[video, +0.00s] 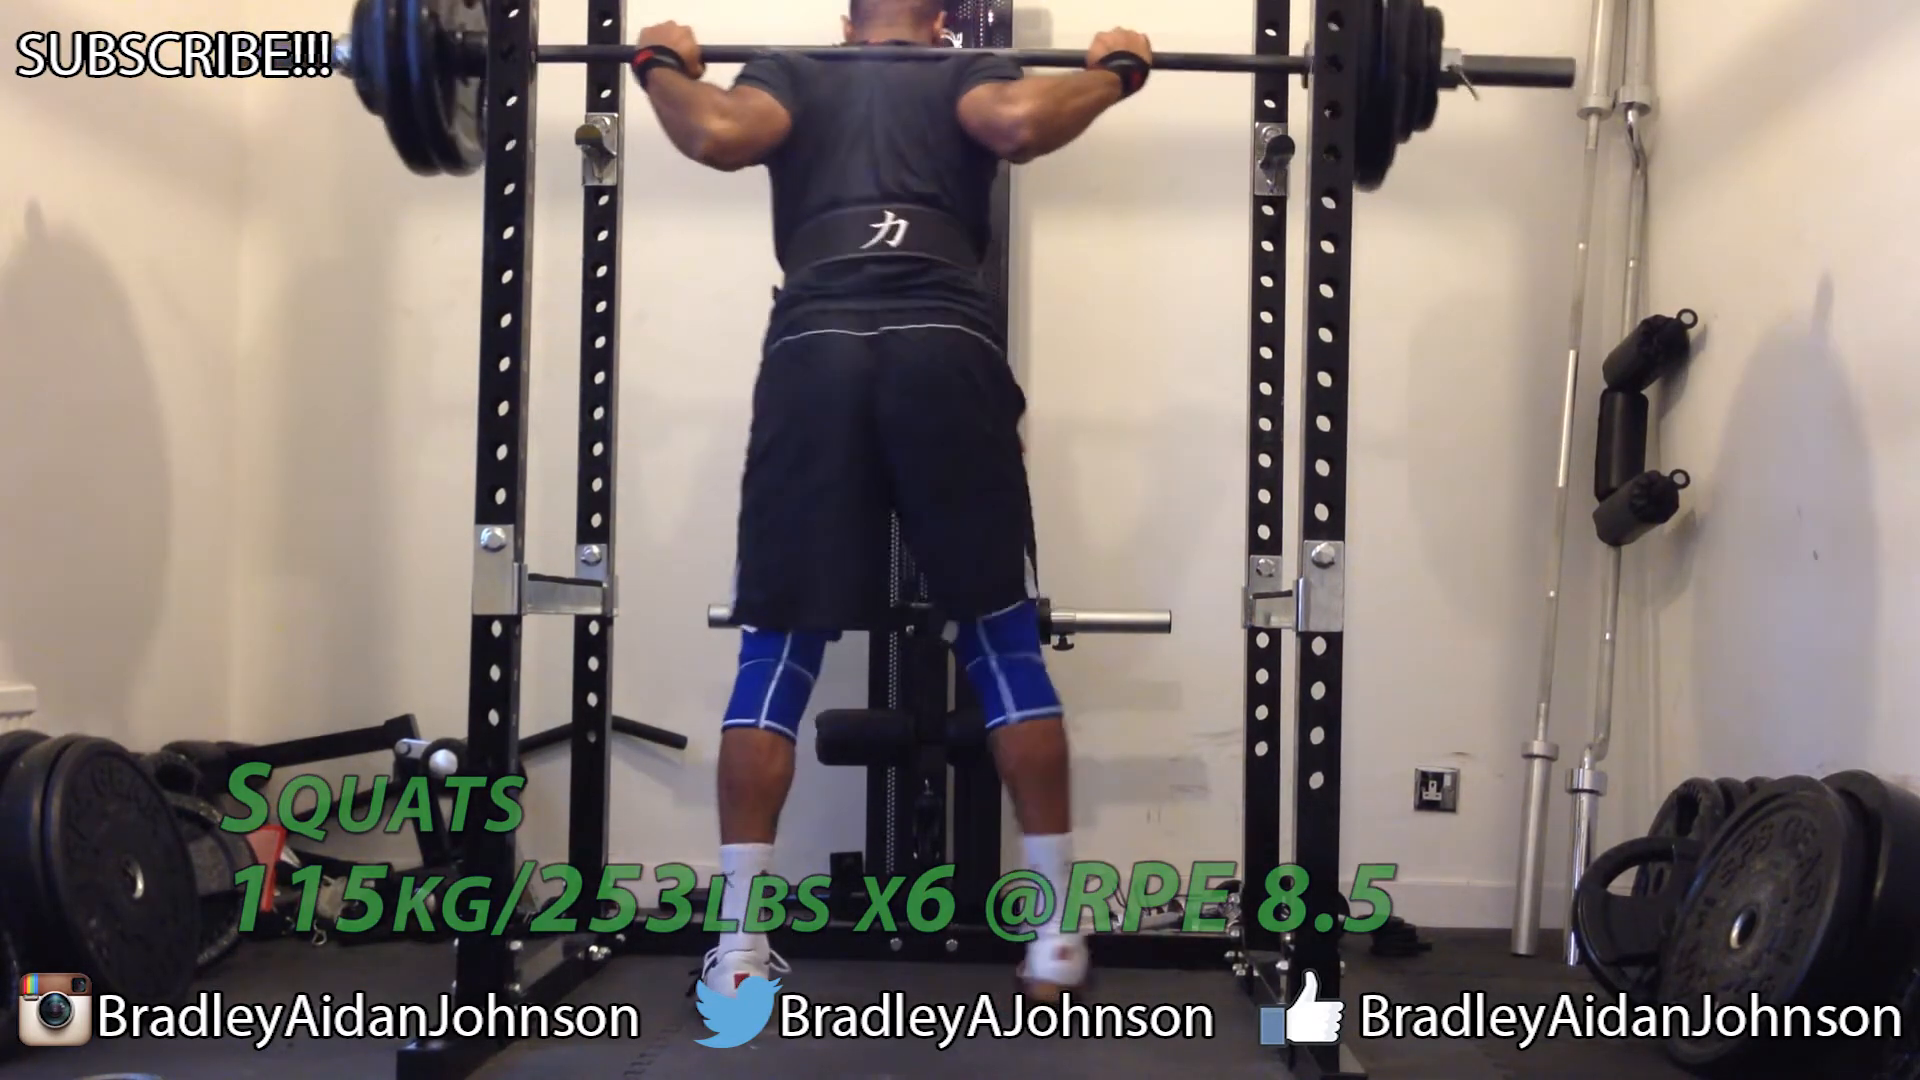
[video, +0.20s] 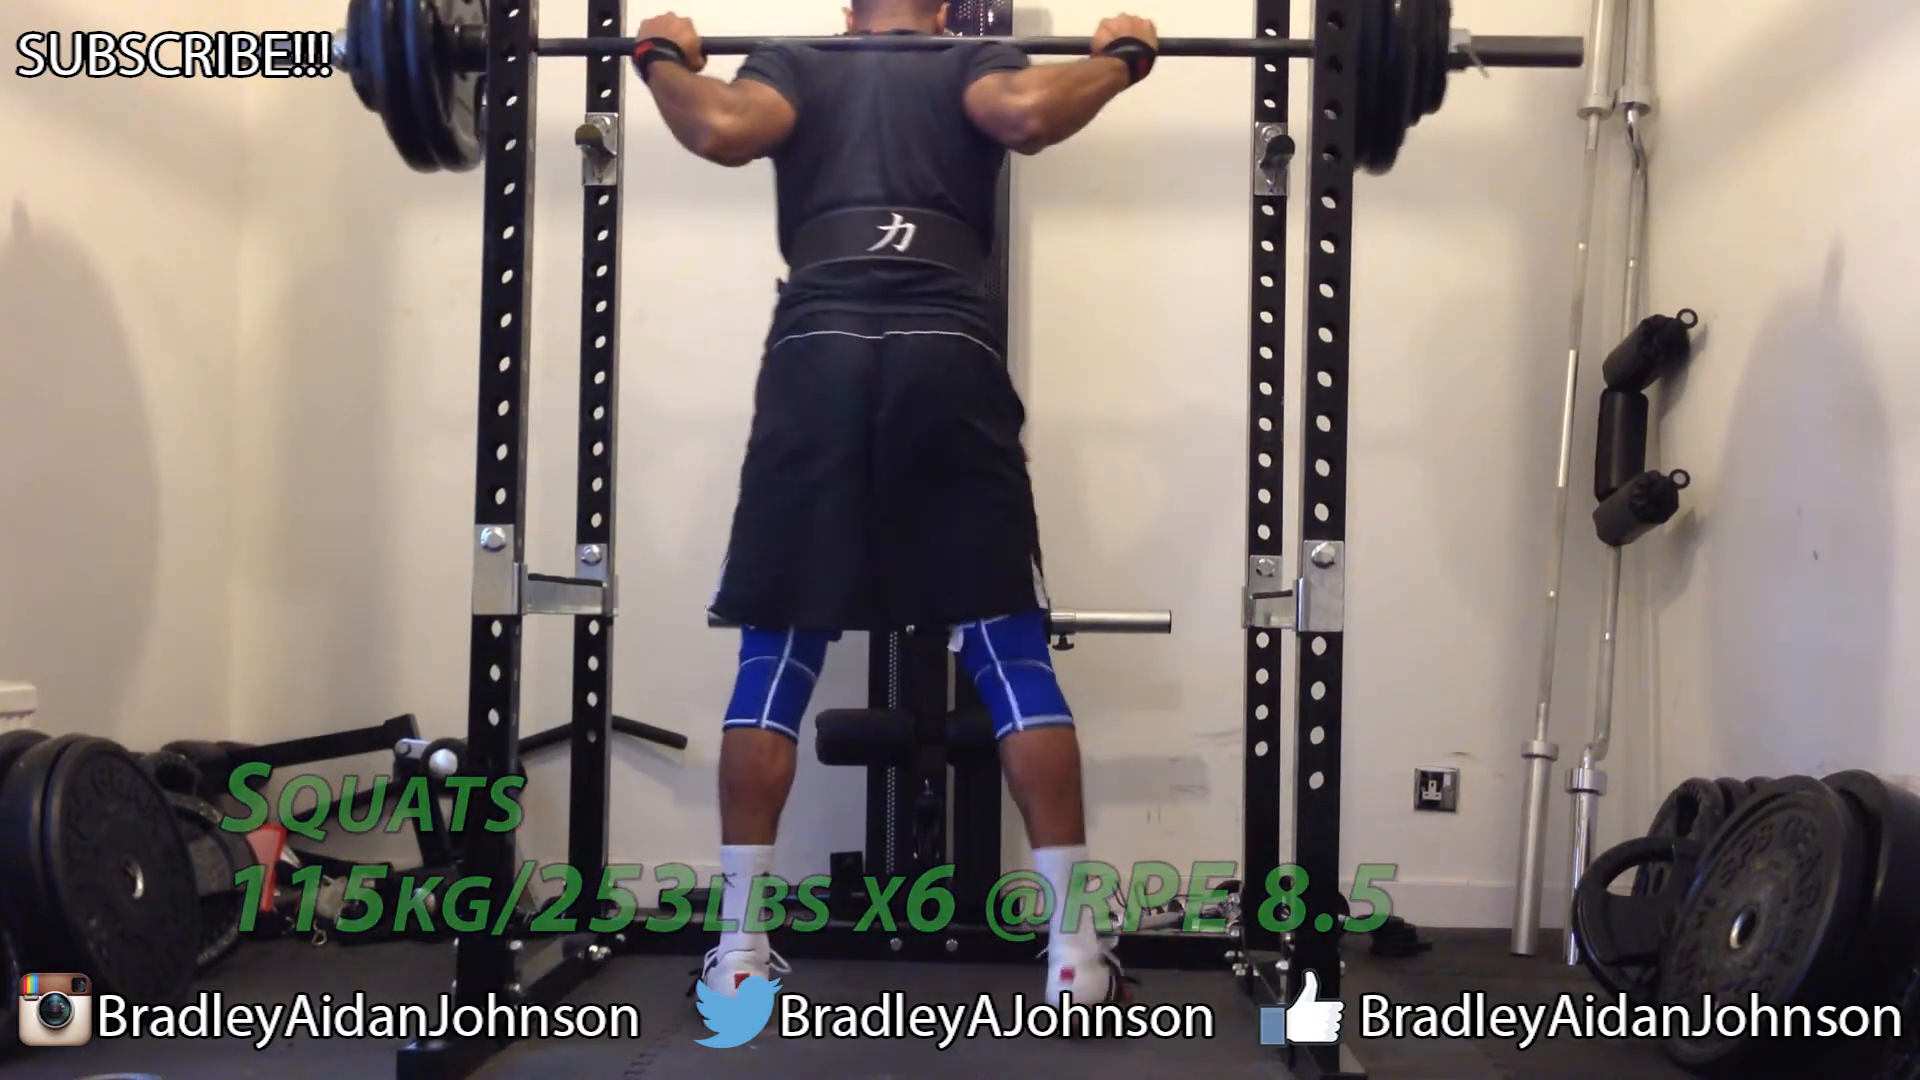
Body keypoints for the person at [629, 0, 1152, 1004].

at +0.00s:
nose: (938, 26)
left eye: (917, 20)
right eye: (942, 21)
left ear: (848, 24)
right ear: (939, 25)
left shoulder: (790, 68)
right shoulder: (970, 68)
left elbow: (714, 135)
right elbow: (1014, 125)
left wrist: (666, 72)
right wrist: (1103, 79)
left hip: (813, 361)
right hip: (947, 356)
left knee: (779, 650)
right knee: (1004, 639)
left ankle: (739, 948)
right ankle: (1056, 927)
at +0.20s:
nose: (955, 21)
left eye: (855, 11)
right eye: (955, 13)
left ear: (847, 14)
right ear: (950, 12)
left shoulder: (794, 61)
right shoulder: (975, 55)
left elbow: (719, 129)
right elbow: (1022, 117)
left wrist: (666, 67)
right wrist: (1111, 62)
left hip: (817, 358)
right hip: (949, 355)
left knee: (777, 659)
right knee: (1011, 650)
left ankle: (741, 950)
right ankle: (1073, 942)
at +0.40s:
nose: (991, 20)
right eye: (991, 13)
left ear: (877, 17)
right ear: (980, 14)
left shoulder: (828, 63)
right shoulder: (1009, 56)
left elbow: (759, 134)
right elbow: (1062, 114)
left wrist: (701, 71)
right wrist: (1152, 57)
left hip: (852, 359)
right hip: (986, 355)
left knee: (797, 655)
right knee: (1036, 660)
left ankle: (741, 959)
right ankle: (1080, 968)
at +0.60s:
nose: (1008, 18)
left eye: (897, 15)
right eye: (1003, 11)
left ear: (894, 18)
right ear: (997, 16)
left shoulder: (846, 65)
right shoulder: (1029, 57)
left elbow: (783, 128)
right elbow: (1091, 100)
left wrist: (727, 66)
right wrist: (1177, 50)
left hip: (870, 362)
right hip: (1009, 359)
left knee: (797, 653)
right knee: (1049, 664)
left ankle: (722, 952)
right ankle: (1081, 971)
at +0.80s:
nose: (994, 19)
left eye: (885, 14)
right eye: (992, 12)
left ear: (881, 16)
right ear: (985, 16)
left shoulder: (830, 63)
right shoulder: (1016, 58)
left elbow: (764, 129)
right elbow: (1072, 107)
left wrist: (709, 69)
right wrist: (1158, 55)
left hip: (851, 366)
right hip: (990, 362)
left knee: (783, 658)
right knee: (1038, 666)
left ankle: (716, 957)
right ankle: (1079, 972)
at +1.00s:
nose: (978, 20)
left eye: (963, 19)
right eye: (978, 14)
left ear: (868, 17)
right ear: (970, 16)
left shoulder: (811, 61)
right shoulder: (995, 59)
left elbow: (738, 125)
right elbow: (1046, 110)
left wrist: (686, 65)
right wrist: (1144, 56)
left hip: (828, 366)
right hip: (967, 363)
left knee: (768, 652)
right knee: (1029, 655)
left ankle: (714, 954)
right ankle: (1079, 965)